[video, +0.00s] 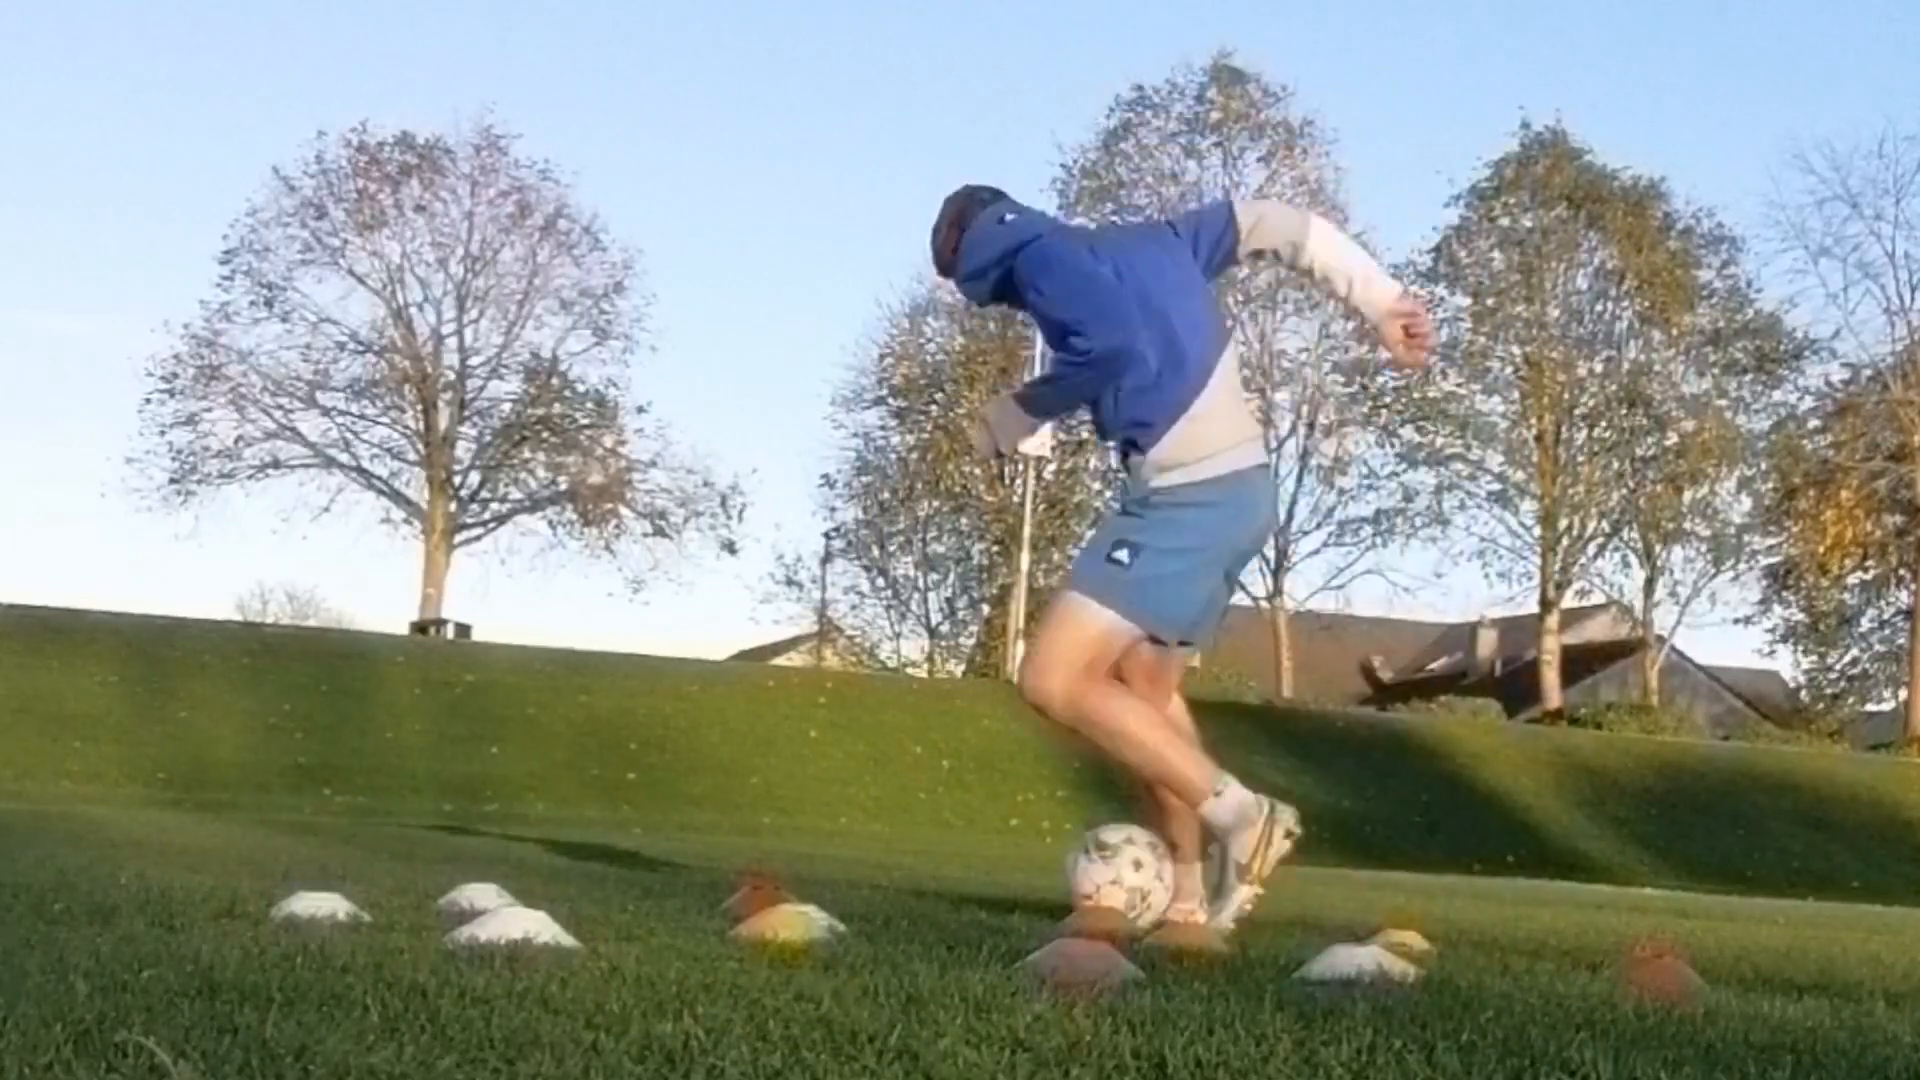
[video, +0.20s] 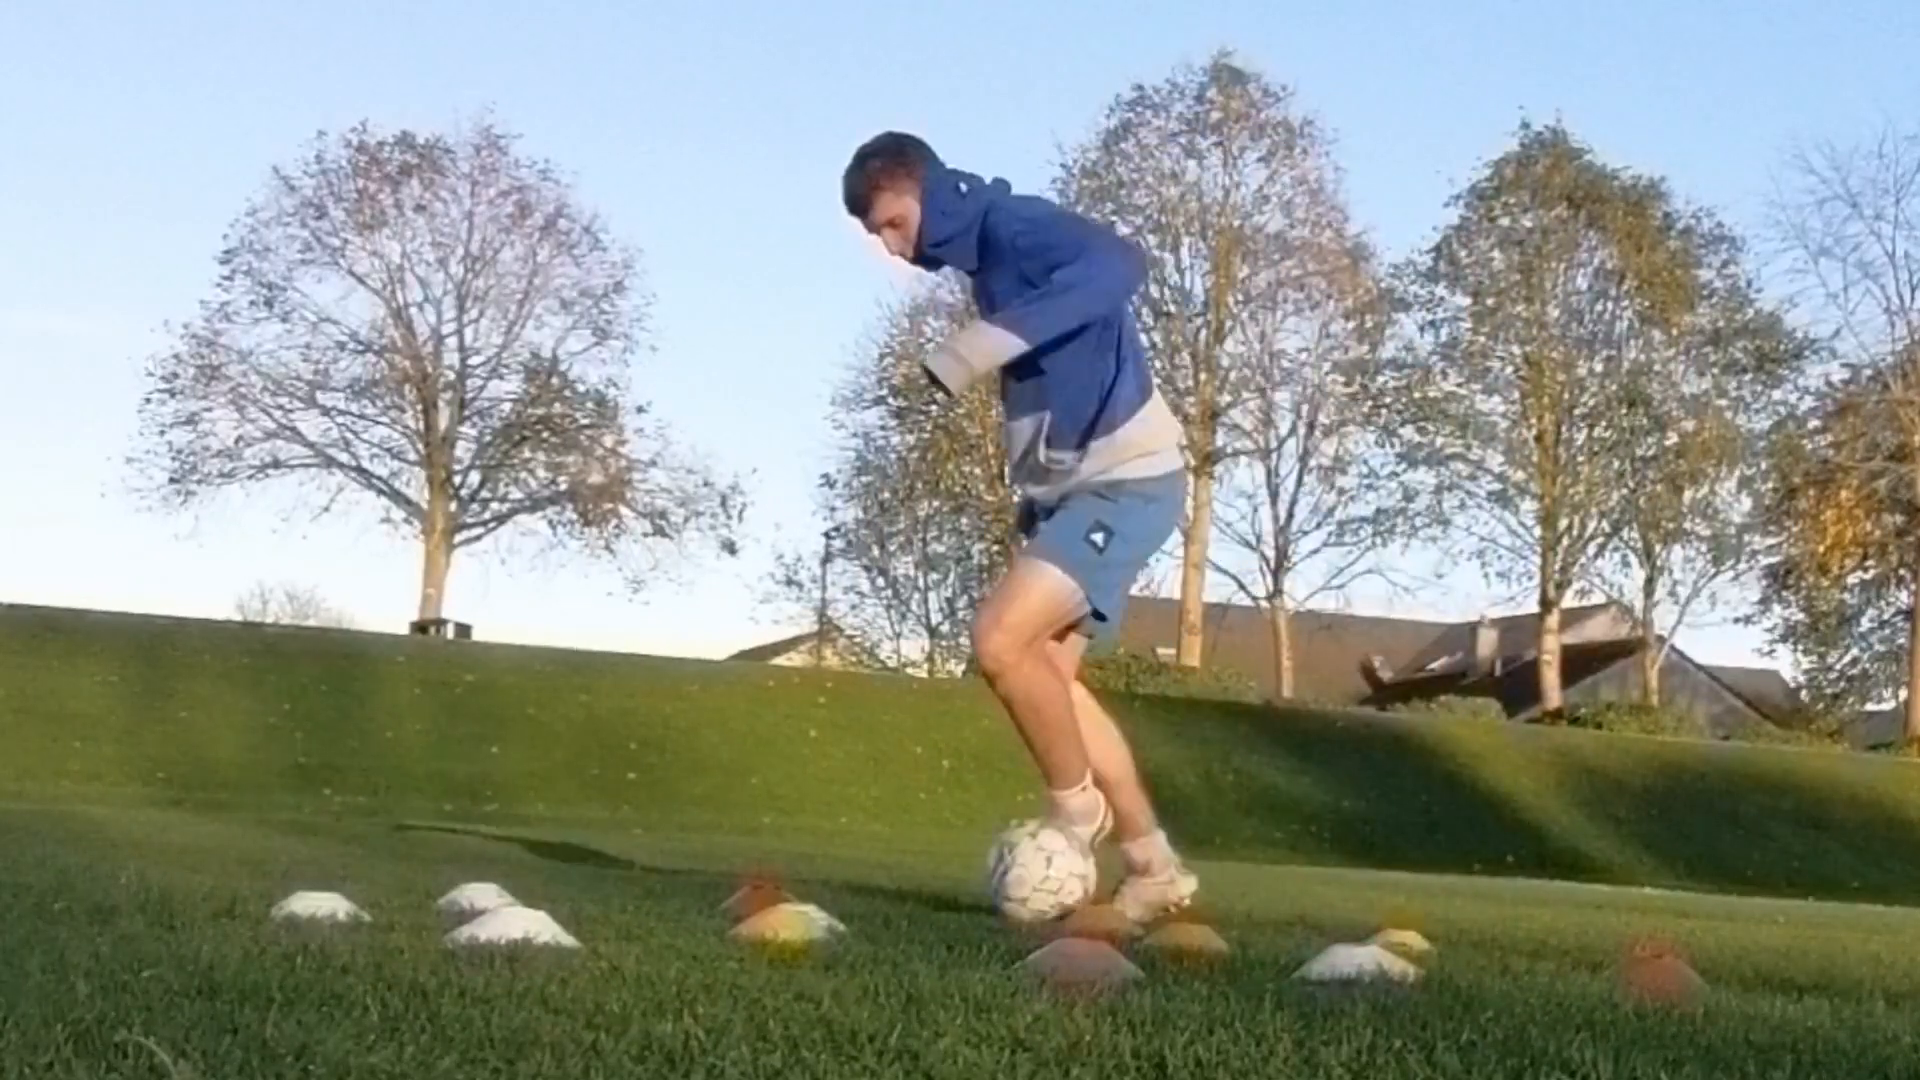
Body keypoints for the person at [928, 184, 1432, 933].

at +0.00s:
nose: (968, 286)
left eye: (959, 271)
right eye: (958, 276)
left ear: (970, 247)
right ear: (1011, 211)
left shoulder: (1043, 261)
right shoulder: (1138, 238)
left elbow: (1107, 345)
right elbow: (1279, 222)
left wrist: (1019, 412)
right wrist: (1382, 298)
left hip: (1184, 492)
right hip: (1235, 485)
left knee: (1053, 677)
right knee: (1147, 685)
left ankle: (1240, 815)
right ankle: (1185, 903)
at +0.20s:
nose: (886, 245)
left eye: (884, 224)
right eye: (874, 230)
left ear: (911, 192)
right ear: (905, 199)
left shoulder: (1008, 221)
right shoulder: (983, 250)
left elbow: (1116, 264)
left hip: (1126, 478)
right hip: (1066, 487)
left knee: (1001, 640)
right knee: (1048, 677)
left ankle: (1080, 815)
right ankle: (1156, 868)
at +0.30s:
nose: (845, 241)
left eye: (849, 220)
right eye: (831, 227)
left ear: (880, 189)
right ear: (830, 211)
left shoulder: (959, 200)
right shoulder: (917, 242)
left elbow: (1095, 235)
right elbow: (973, 345)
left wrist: (945, 255)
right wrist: (914, 416)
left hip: (1088, 468)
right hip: (1003, 476)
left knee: (997, 662)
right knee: (933, 650)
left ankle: (1090, 856)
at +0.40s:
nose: (807, 273)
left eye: (811, 250)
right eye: (790, 260)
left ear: (843, 220)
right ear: (780, 251)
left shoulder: (937, 242)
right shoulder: (861, 295)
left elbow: (1083, 264)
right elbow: (867, 358)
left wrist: (984, 335)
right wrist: (795, 421)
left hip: (1047, 480)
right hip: (949, 498)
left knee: (972, 628)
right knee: (863, 661)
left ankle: (1041, 811)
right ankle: (855, 870)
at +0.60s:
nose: (792, 180)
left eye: (803, 157)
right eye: (775, 165)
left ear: (838, 134)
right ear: (761, 160)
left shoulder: (933, 183)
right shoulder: (786, 251)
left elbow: (1070, 214)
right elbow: (789, 379)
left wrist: (1048, 253)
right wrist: (777, 487)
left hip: (980, 456)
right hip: (871, 480)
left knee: (963, 607)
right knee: (820, 650)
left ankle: (956, 824)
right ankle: (841, 860)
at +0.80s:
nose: (795, 96)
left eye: (809, 75)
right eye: (779, 80)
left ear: (850, 49)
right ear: (765, 65)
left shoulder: (915, 124)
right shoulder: (788, 133)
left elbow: (988, 241)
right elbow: (800, 232)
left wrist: (864, 188)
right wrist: (780, 325)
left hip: (942, 397)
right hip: (832, 409)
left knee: (982, 578)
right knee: (790, 616)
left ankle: (1077, 794)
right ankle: (917, 832)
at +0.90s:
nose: (786, 87)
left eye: (802, 67)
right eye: (771, 70)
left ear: (847, 47)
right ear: (756, 57)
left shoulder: (909, 148)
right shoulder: (766, 126)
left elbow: (958, 310)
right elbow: (785, 247)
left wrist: (888, 331)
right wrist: (757, 326)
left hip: (915, 410)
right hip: (804, 430)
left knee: (982, 585)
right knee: (833, 647)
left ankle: (1105, 818)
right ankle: (944, 876)